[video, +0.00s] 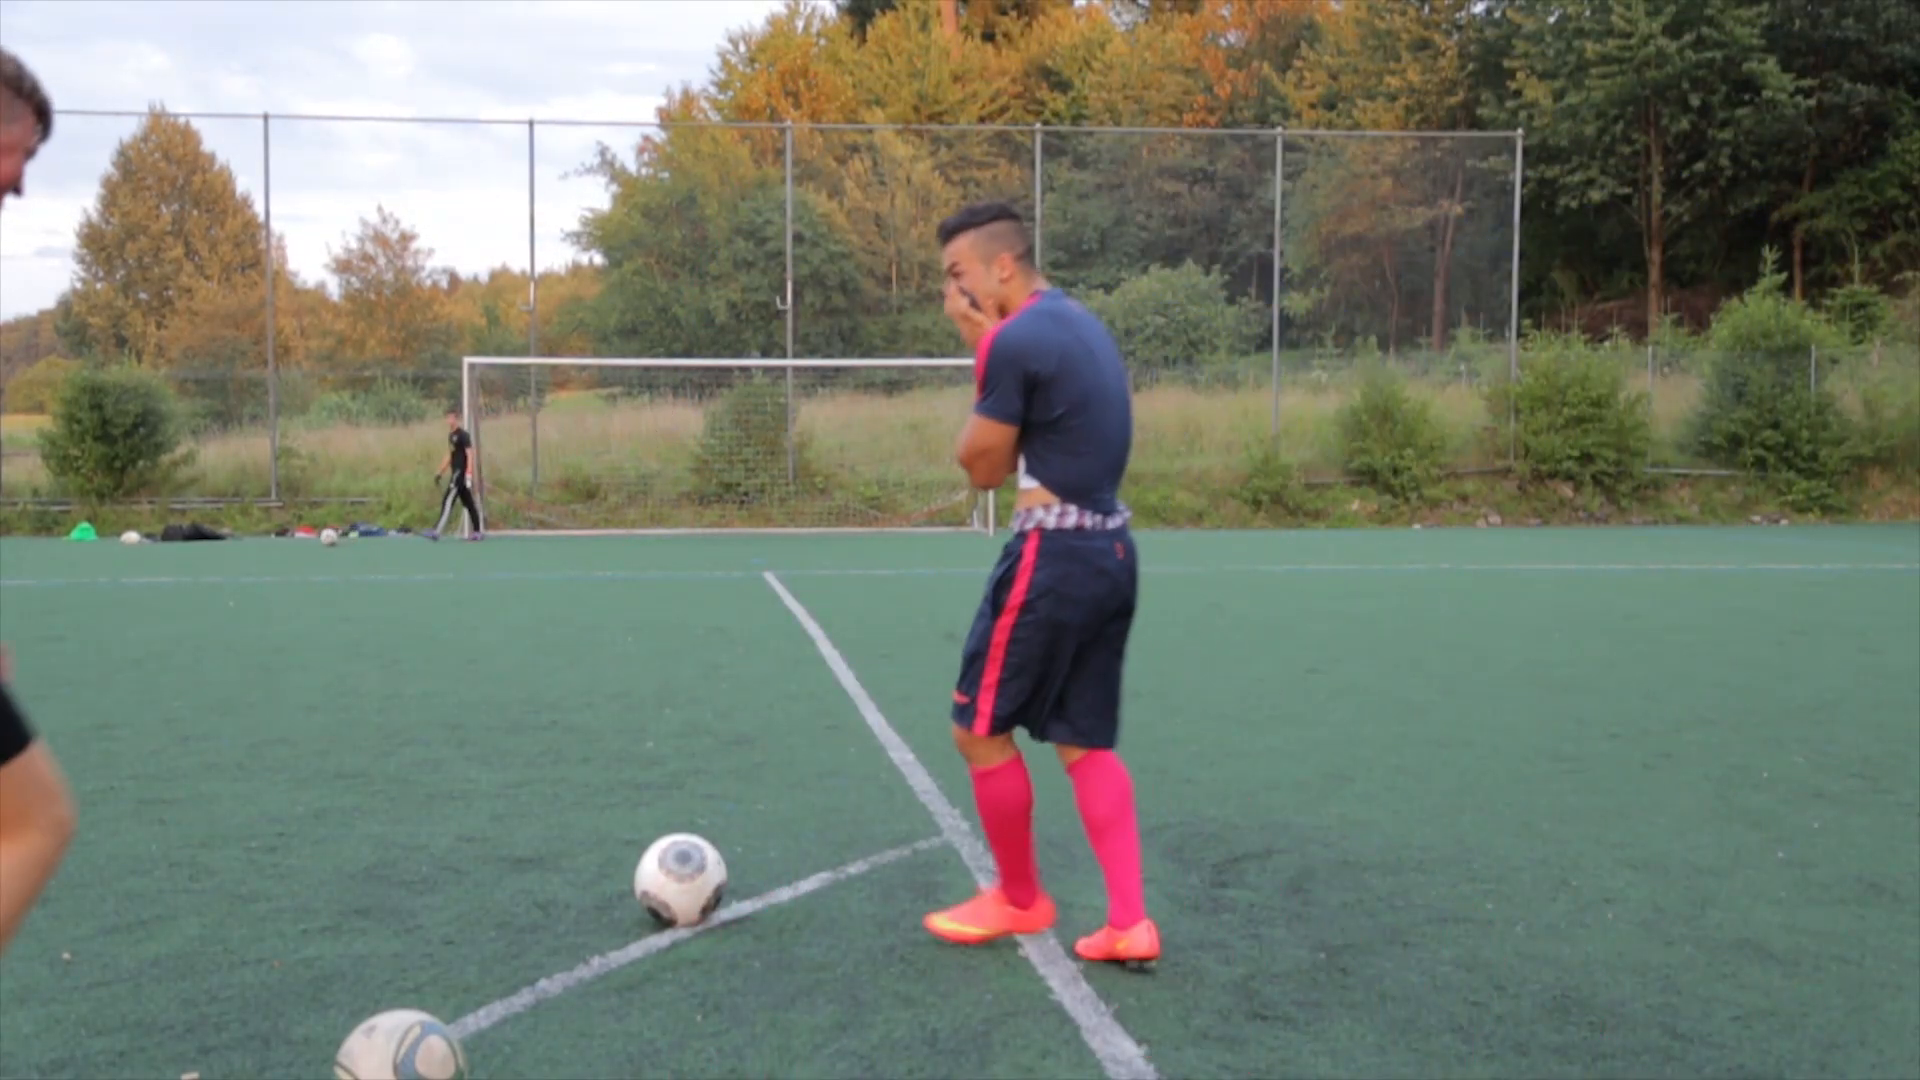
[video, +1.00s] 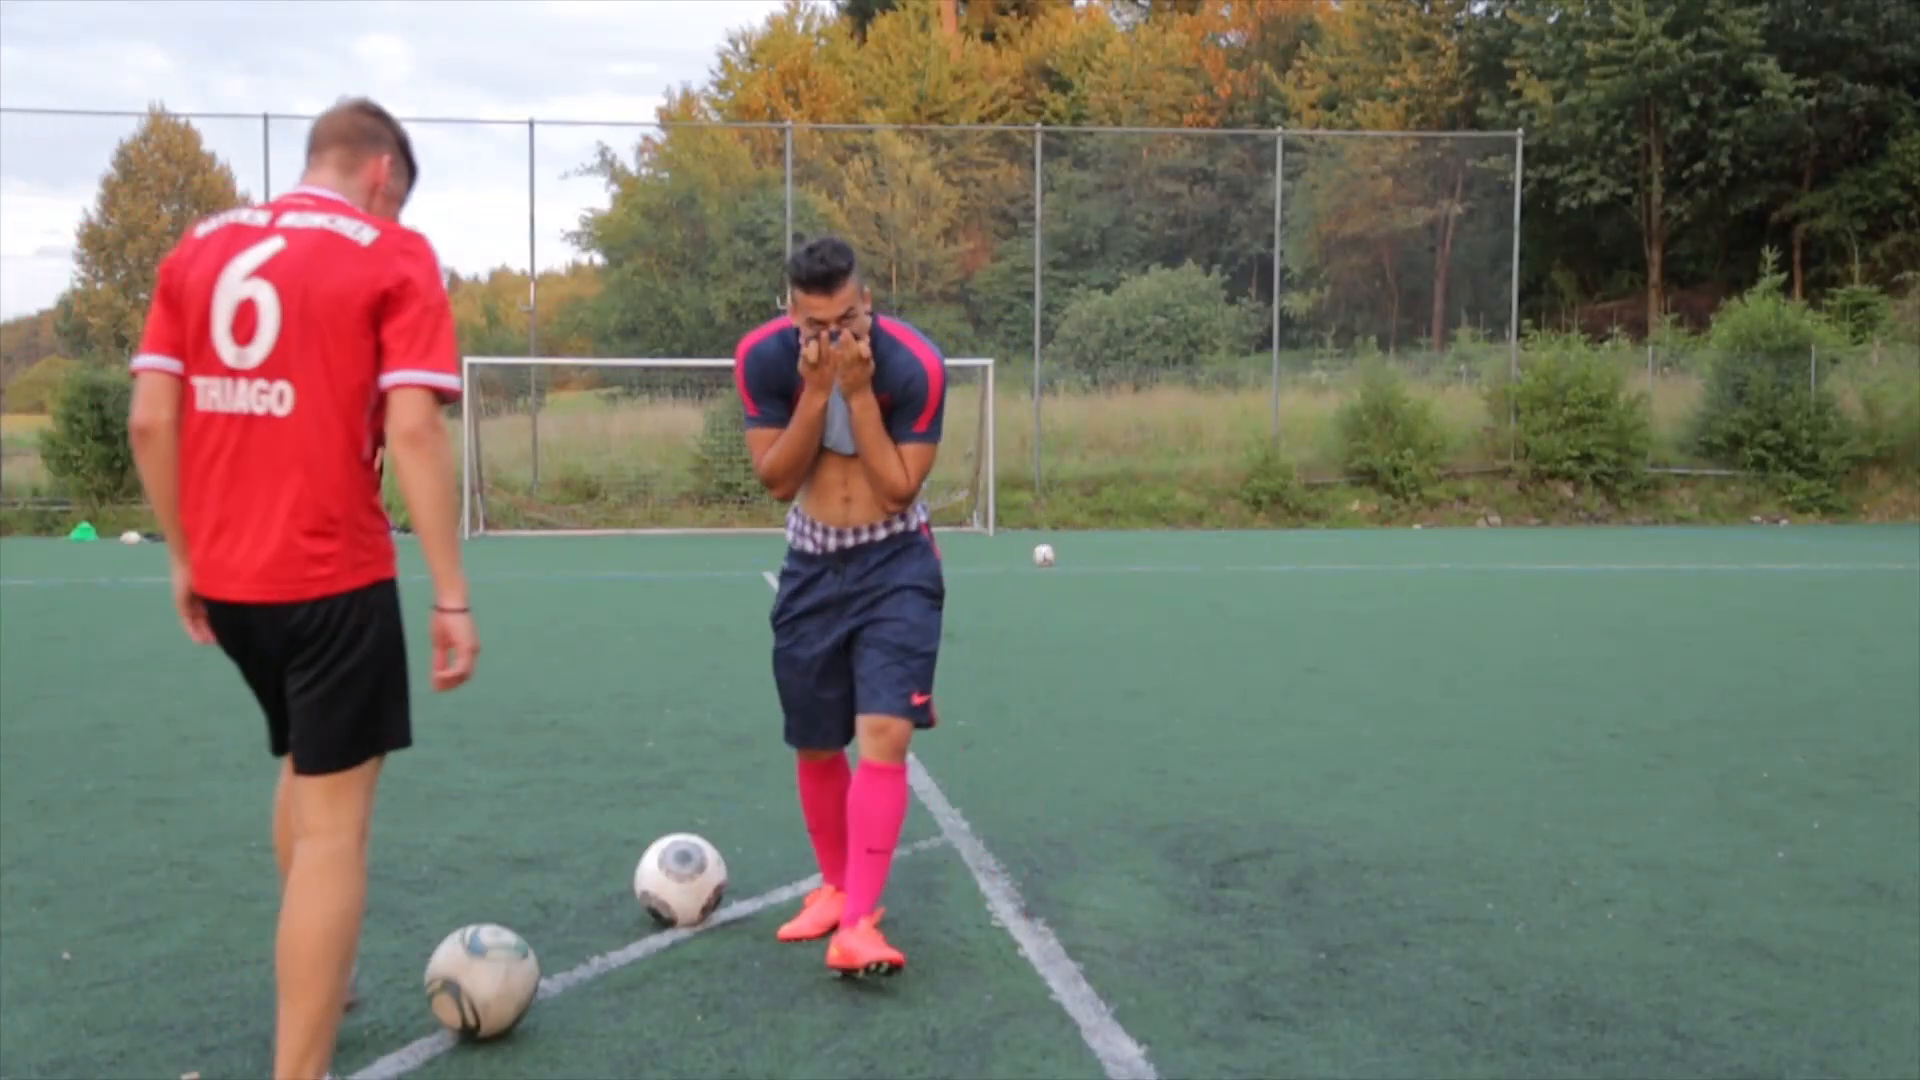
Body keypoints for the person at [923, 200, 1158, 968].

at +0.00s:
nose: (954, 291)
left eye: (960, 274)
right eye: (951, 277)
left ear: (1004, 266)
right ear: (1016, 271)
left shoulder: (1021, 338)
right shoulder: (1080, 323)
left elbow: (983, 466)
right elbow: (1042, 434)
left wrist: (985, 351)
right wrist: (987, 342)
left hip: (1049, 555)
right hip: (1108, 552)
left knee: (978, 725)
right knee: (1083, 734)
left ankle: (1019, 898)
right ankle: (1129, 919)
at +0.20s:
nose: (893, 339)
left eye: (895, 321)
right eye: (886, 325)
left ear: (938, 307)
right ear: (945, 308)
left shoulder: (975, 385)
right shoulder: (1012, 344)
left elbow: (937, 504)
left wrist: (935, 399)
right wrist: (939, 390)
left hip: (1005, 572)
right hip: (1035, 563)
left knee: (951, 743)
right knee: (997, 728)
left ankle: (996, 900)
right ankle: (1089, 837)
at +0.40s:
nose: (856, 317)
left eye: (861, 299)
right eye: (846, 305)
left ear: (903, 288)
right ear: (860, 306)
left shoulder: (955, 352)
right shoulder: (905, 349)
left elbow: (918, 478)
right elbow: (879, 457)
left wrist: (891, 375)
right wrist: (875, 368)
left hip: (984, 552)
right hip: (931, 548)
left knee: (971, 726)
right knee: (890, 708)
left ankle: (999, 898)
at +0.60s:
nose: (826, 335)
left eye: (834, 316)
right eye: (810, 326)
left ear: (865, 300)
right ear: (799, 327)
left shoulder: (930, 357)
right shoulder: (809, 368)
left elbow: (913, 477)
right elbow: (828, 482)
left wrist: (864, 384)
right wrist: (832, 386)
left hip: (943, 550)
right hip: (875, 555)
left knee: (927, 733)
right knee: (843, 724)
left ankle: (985, 884)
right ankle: (845, 890)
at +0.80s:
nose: (819, 312)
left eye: (831, 296)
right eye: (802, 302)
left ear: (855, 280)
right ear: (784, 297)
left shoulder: (910, 342)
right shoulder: (770, 351)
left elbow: (902, 463)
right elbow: (791, 468)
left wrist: (852, 368)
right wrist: (814, 371)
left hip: (915, 544)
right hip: (835, 556)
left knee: (920, 715)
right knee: (830, 729)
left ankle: (906, 873)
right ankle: (842, 890)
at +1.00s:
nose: (832, 336)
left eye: (845, 319)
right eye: (814, 323)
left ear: (866, 299)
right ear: (791, 310)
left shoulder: (912, 364)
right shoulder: (766, 357)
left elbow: (900, 487)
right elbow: (777, 480)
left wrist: (857, 392)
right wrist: (817, 391)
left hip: (897, 566)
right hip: (812, 573)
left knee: (885, 734)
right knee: (817, 744)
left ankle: (861, 921)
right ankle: (834, 890)